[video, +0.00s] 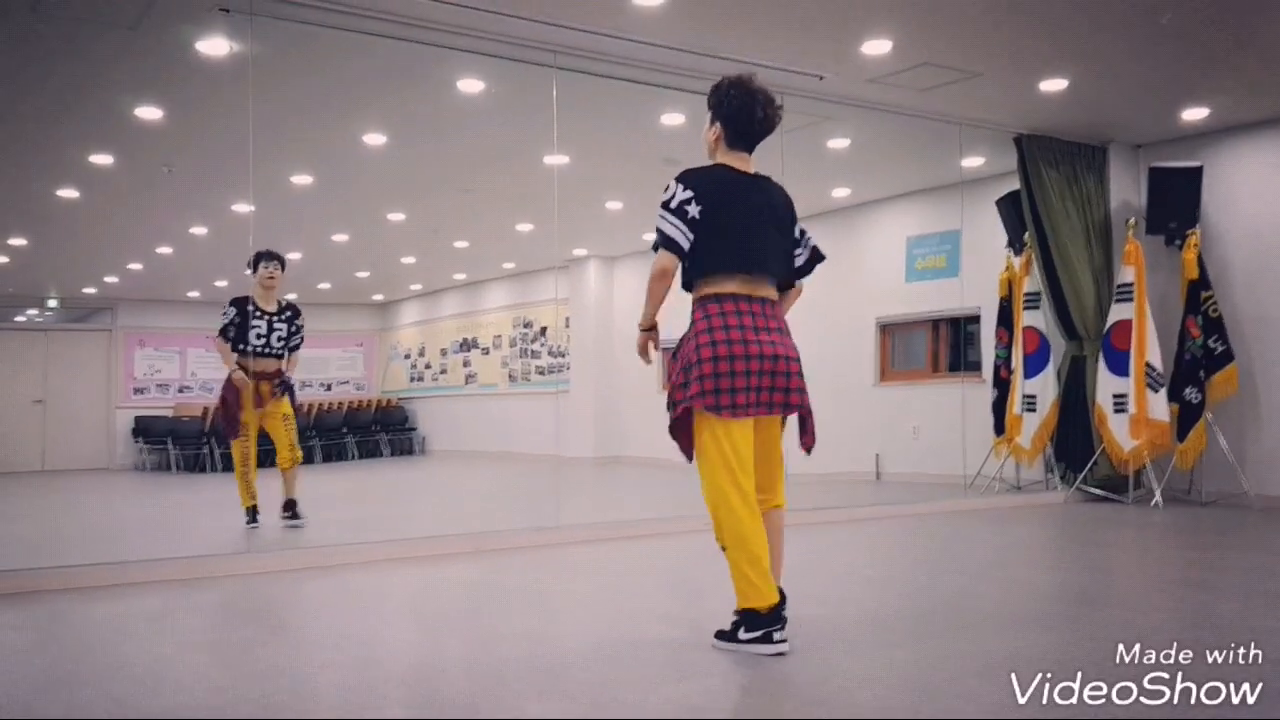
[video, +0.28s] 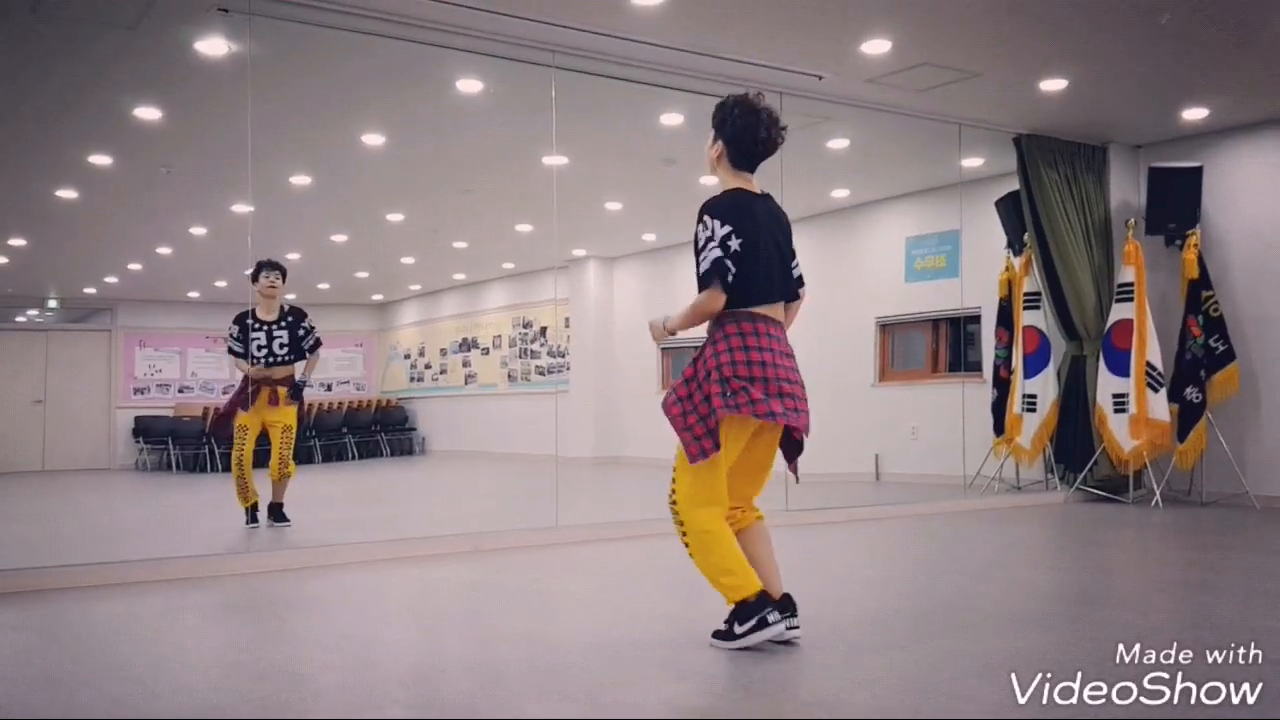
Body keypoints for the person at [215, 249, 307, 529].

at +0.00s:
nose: (271, 272)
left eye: (276, 269)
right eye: (266, 268)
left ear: (282, 276)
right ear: (254, 273)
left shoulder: (291, 312)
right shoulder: (239, 305)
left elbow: (294, 351)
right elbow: (222, 340)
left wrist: (287, 375)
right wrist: (233, 370)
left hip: (276, 385)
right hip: (243, 384)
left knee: (289, 446)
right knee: (244, 449)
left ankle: (290, 504)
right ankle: (250, 507)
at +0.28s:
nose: (272, 282)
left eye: (277, 279)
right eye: (266, 278)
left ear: (283, 286)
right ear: (255, 284)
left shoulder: (296, 317)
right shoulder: (243, 320)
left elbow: (314, 351)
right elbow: (236, 357)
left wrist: (302, 381)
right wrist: (250, 370)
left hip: (285, 395)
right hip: (250, 394)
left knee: (283, 457)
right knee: (240, 456)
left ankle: (276, 506)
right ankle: (250, 506)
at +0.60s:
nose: (273, 277)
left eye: (278, 273)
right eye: (267, 272)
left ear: (283, 279)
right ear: (255, 279)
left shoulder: (290, 313)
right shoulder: (242, 311)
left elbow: (299, 353)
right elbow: (237, 353)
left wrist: (300, 381)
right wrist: (248, 389)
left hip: (288, 385)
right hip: (256, 385)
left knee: (283, 450)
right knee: (247, 449)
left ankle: (271, 506)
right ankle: (244, 502)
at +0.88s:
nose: (265, 279)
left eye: (269, 274)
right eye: (258, 274)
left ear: (275, 280)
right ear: (247, 279)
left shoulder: (276, 315)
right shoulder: (236, 308)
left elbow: (280, 357)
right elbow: (223, 347)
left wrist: (286, 385)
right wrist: (233, 386)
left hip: (274, 383)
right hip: (248, 382)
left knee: (280, 454)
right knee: (254, 454)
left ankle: (267, 505)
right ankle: (238, 508)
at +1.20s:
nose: (258, 277)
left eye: (263, 273)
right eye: (252, 273)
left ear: (269, 279)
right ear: (241, 278)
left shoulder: (278, 314)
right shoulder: (228, 309)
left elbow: (279, 356)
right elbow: (213, 348)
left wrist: (267, 384)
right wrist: (230, 379)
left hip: (262, 389)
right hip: (230, 388)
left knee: (266, 453)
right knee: (229, 456)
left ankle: (272, 511)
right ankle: (232, 515)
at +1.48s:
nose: (248, 292)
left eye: (253, 288)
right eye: (242, 287)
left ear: (260, 293)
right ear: (232, 293)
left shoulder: (274, 324)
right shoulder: (221, 329)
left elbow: (294, 356)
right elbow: (208, 364)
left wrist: (279, 389)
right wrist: (226, 382)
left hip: (262, 401)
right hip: (228, 403)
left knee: (262, 464)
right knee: (222, 464)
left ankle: (257, 519)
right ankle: (228, 521)